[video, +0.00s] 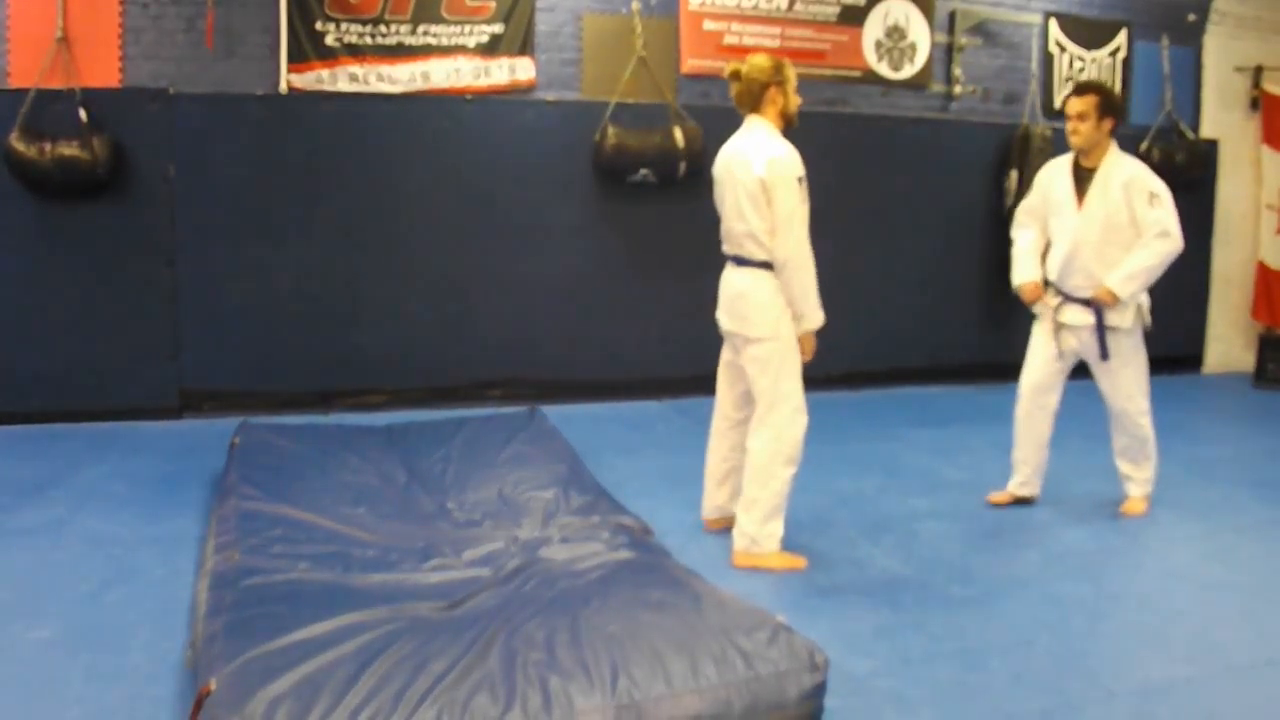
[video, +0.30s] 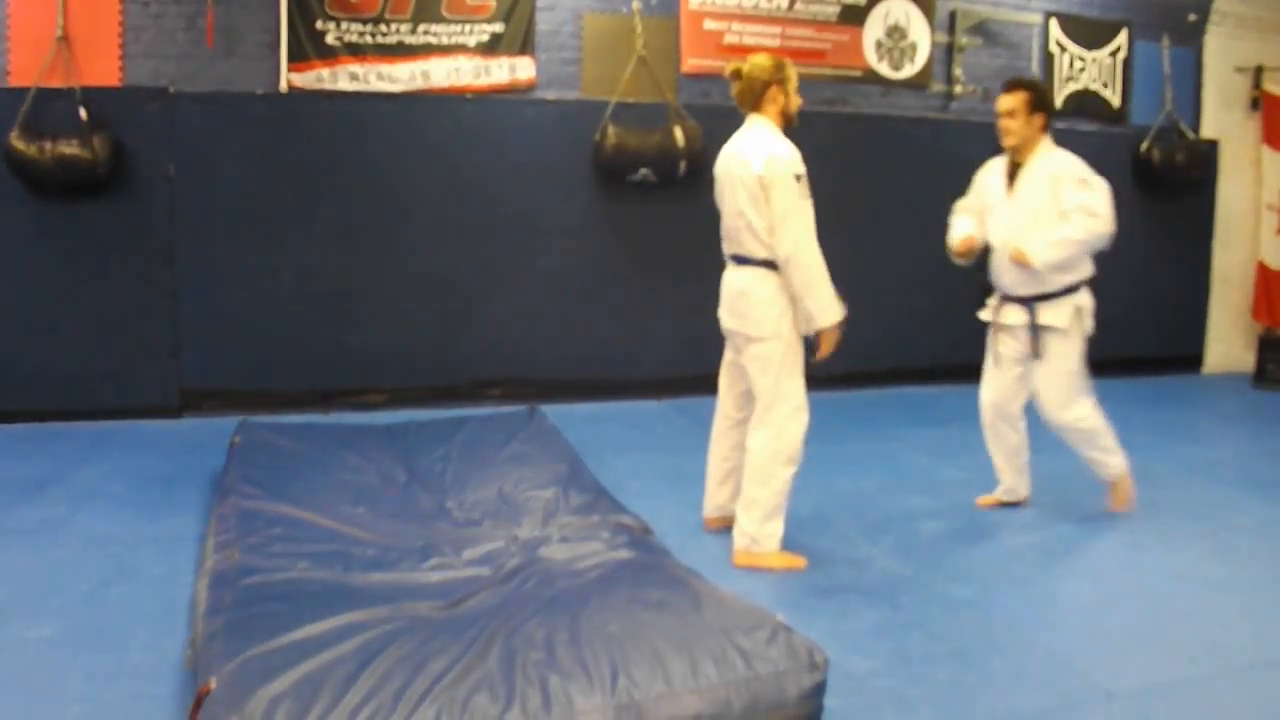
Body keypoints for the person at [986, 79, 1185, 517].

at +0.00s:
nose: (1071, 126)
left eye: (1081, 119)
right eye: (1068, 118)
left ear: (1108, 123)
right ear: (1064, 121)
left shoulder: (1137, 178)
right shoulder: (1052, 174)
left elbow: (1167, 238)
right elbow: (1027, 225)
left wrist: (1119, 286)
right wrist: (1026, 275)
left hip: (1114, 313)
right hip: (1055, 309)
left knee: (1128, 405)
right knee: (1032, 394)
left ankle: (1138, 488)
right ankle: (1023, 484)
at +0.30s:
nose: (1001, 124)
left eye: (1010, 116)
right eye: (998, 116)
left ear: (1039, 120)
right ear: (998, 121)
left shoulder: (1068, 169)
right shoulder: (991, 172)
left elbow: (1097, 226)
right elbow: (967, 212)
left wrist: (1040, 252)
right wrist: (963, 238)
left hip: (1061, 307)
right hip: (1008, 307)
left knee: (1060, 401)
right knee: (997, 401)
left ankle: (1116, 471)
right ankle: (1012, 487)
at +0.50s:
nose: (951, 120)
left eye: (960, 112)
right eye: (948, 112)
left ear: (988, 116)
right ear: (949, 115)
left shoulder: (1008, 166)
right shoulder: (945, 162)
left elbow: (966, 218)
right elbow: (905, 200)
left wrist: (912, 212)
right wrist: (848, 196)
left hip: (1009, 300)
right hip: (971, 299)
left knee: (964, 394)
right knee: (989, 394)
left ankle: (956, 512)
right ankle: (1012, 482)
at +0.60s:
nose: (936, 122)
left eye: (945, 113)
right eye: (933, 114)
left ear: (974, 116)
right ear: (936, 116)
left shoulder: (989, 162)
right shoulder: (933, 160)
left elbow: (938, 203)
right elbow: (898, 206)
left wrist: (892, 173)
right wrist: (858, 185)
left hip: (987, 304)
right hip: (952, 303)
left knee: (943, 404)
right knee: (976, 400)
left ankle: (903, 516)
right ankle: (1013, 481)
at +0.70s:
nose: (910, 121)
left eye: (919, 113)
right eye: (909, 113)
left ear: (949, 117)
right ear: (915, 115)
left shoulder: (963, 166)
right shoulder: (915, 159)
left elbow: (899, 204)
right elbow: (867, 192)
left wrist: (842, 209)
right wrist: (827, 200)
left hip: (953, 307)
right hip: (921, 305)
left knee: (901, 409)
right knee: (928, 400)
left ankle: (881, 527)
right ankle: (996, 465)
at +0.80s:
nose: (880, 114)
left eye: (889, 107)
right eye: (879, 106)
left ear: (919, 110)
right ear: (886, 108)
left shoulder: (938, 160)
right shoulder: (883, 156)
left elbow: (883, 219)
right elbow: (848, 206)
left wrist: (827, 226)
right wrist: (818, 229)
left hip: (929, 302)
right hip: (896, 300)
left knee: (885, 411)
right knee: (880, 401)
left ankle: (879, 529)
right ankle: (950, 461)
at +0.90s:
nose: (858, 107)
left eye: (866, 98)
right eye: (856, 98)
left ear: (897, 100)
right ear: (862, 100)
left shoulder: (919, 152)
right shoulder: (859, 146)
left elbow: (866, 216)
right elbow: (823, 201)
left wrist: (815, 195)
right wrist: (796, 216)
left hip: (909, 297)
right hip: (868, 294)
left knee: (887, 410)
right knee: (840, 396)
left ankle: (883, 525)